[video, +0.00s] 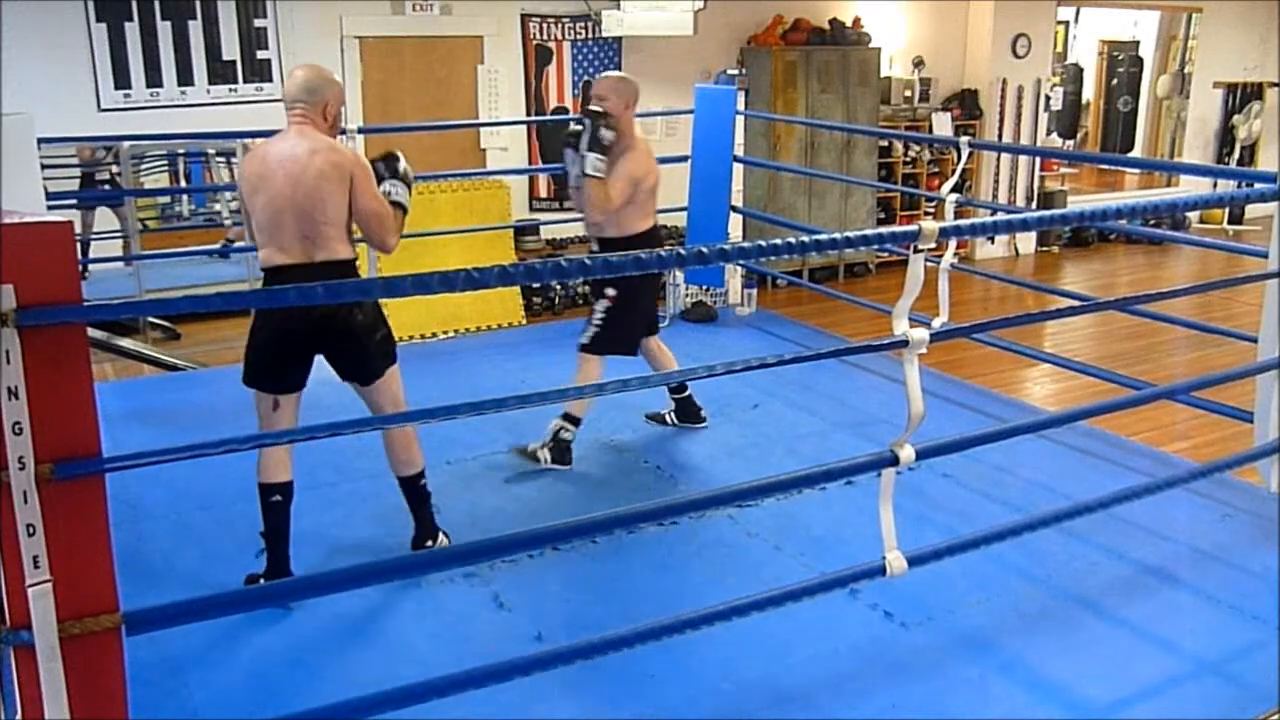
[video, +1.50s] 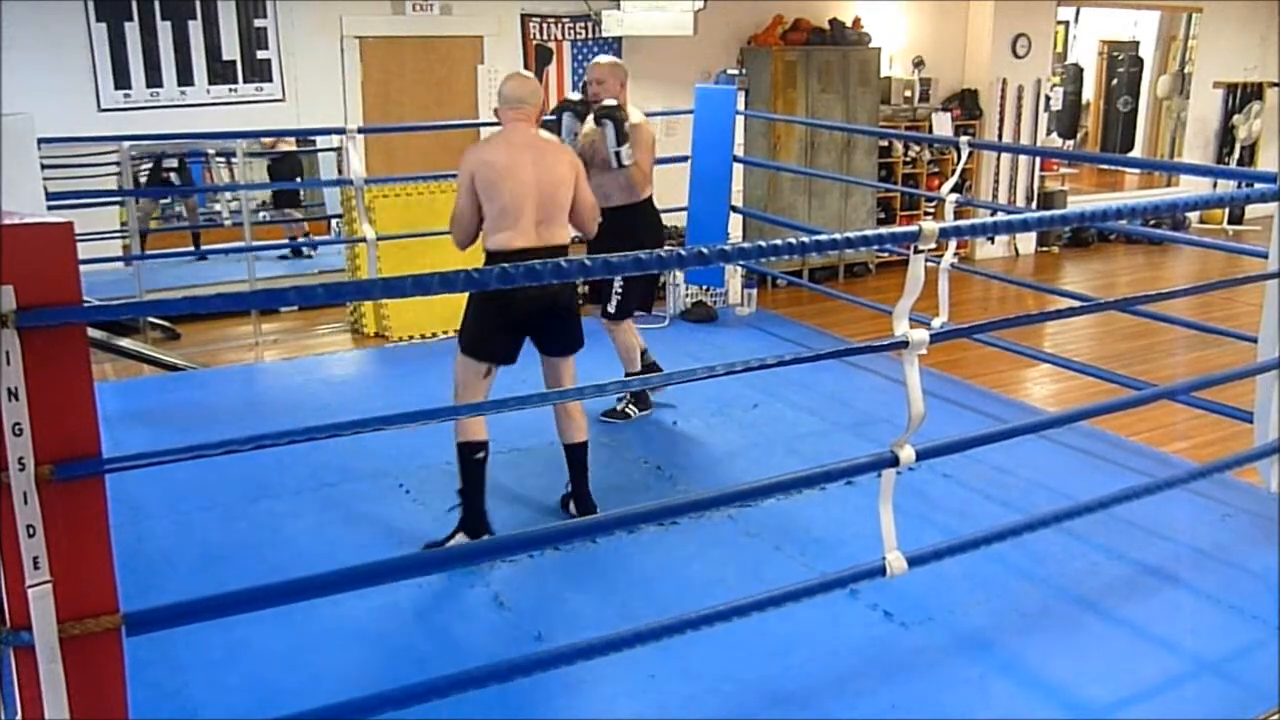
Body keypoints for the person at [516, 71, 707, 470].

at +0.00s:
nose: (592, 108)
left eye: (602, 101)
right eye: (592, 100)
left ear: (626, 106)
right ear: (596, 103)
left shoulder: (636, 158)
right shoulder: (610, 148)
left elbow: (599, 212)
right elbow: (584, 204)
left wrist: (594, 159)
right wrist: (574, 163)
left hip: (633, 261)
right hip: (619, 255)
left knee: (591, 350)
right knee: (644, 338)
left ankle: (561, 441)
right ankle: (686, 405)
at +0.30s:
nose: (623, 89)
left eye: (631, 82)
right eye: (622, 82)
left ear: (655, 88)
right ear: (625, 86)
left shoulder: (668, 134)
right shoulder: (629, 129)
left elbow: (657, 190)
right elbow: (606, 181)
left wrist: (627, 145)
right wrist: (601, 136)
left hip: (665, 236)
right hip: (642, 235)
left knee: (631, 336)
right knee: (666, 330)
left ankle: (640, 431)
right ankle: (690, 405)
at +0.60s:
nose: (627, 102)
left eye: (633, 94)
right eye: (625, 95)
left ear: (658, 93)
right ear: (641, 95)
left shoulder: (671, 141)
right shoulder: (644, 134)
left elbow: (627, 194)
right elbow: (608, 188)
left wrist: (622, 141)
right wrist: (603, 138)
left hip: (668, 239)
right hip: (648, 236)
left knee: (633, 337)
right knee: (666, 331)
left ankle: (644, 438)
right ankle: (690, 406)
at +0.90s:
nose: (613, 105)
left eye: (621, 98)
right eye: (610, 97)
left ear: (643, 98)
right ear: (613, 99)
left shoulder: (654, 143)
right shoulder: (627, 138)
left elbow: (602, 188)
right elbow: (601, 189)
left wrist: (606, 140)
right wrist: (588, 139)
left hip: (657, 242)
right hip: (639, 239)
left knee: (640, 344)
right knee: (651, 329)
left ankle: (647, 441)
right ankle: (672, 394)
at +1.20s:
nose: (605, 105)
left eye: (614, 98)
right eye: (604, 97)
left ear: (638, 103)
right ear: (609, 102)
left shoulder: (649, 148)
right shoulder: (615, 144)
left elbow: (649, 211)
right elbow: (590, 196)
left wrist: (610, 172)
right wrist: (586, 149)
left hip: (649, 245)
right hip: (621, 242)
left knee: (634, 337)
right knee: (626, 324)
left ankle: (641, 434)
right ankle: (656, 386)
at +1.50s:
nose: (591, 90)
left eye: (599, 83)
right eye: (588, 84)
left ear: (621, 85)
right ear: (586, 88)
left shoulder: (638, 128)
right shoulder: (589, 129)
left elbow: (639, 183)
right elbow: (575, 173)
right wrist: (568, 136)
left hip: (636, 220)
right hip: (605, 221)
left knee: (614, 315)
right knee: (607, 306)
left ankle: (638, 393)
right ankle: (645, 363)